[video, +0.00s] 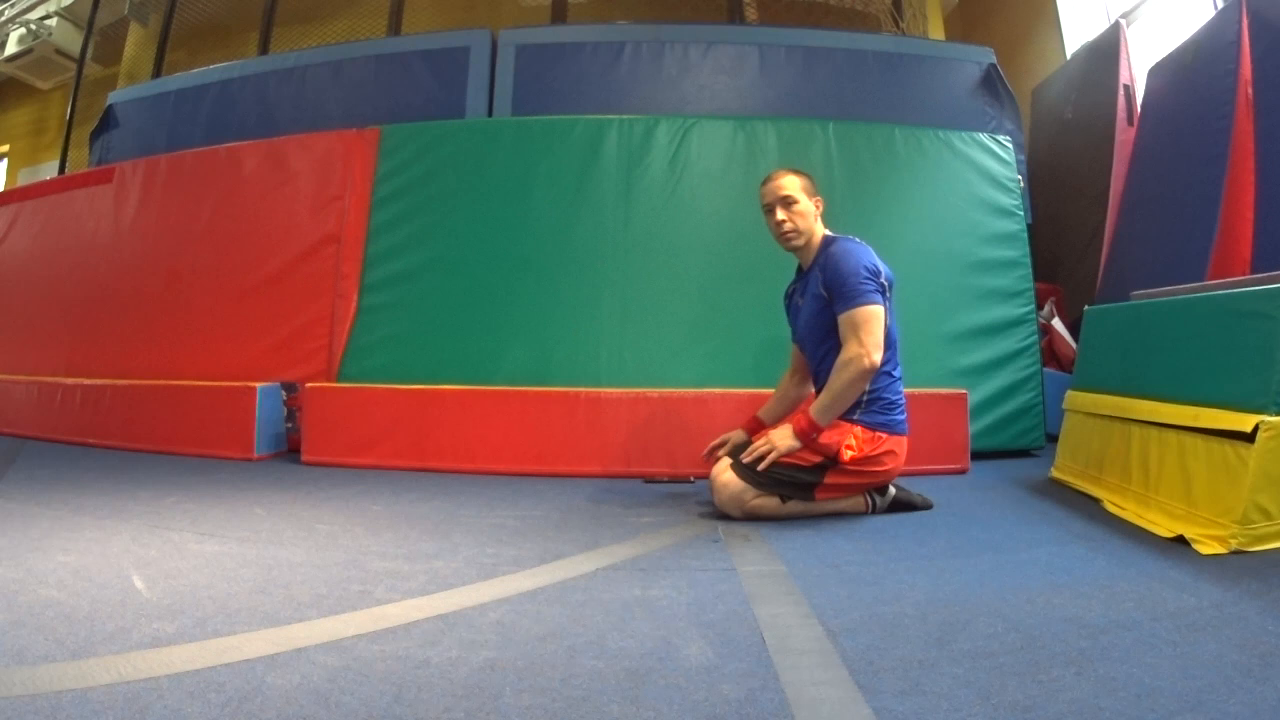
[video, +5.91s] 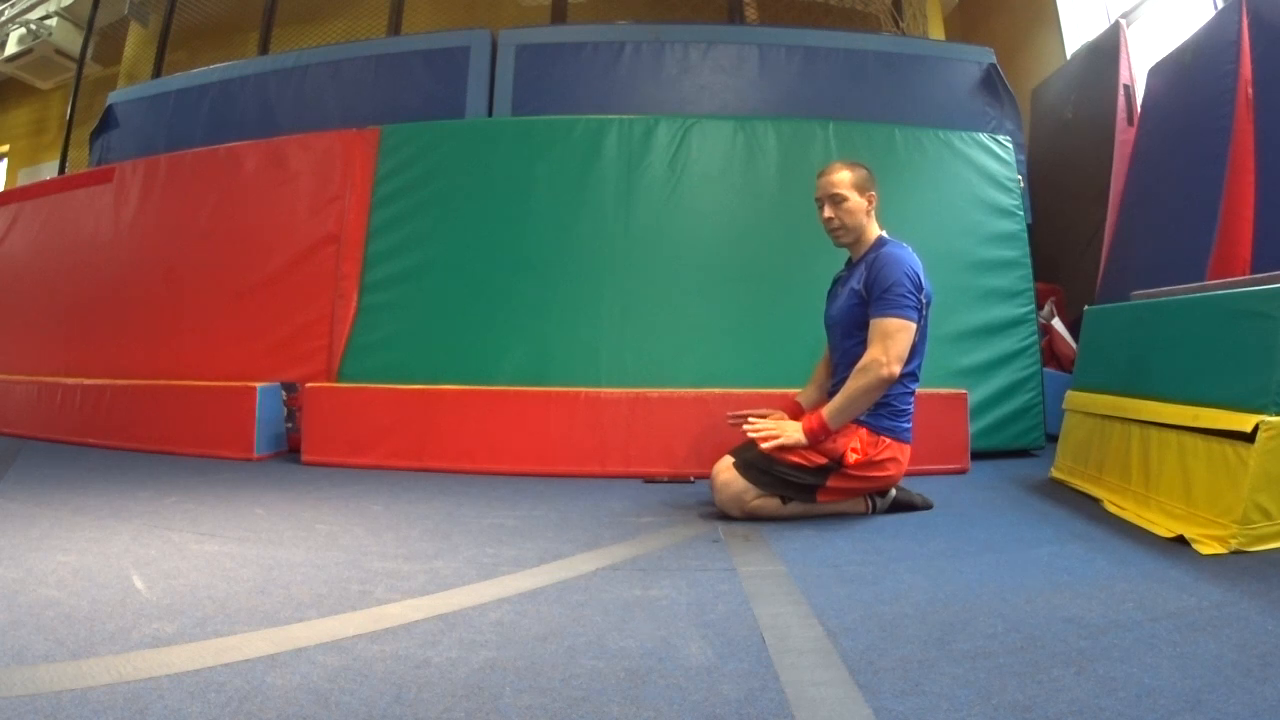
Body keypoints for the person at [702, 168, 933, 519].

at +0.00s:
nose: (778, 217)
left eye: (788, 204)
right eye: (769, 211)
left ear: (817, 206)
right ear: (765, 221)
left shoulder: (846, 257)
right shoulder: (798, 291)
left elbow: (864, 358)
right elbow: (800, 377)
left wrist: (799, 430)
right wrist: (750, 430)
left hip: (868, 439)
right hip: (837, 430)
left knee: (733, 493)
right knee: (724, 472)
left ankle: (868, 500)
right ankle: (858, 490)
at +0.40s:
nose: (828, 207)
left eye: (840, 195)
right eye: (819, 198)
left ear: (867, 203)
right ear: (814, 208)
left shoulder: (885, 261)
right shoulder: (834, 278)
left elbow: (880, 364)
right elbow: (832, 361)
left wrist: (805, 429)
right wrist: (783, 413)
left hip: (872, 444)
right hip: (842, 433)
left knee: (734, 493)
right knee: (724, 475)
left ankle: (870, 501)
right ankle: (859, 489)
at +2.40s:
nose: (839, 210)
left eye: (851, 197)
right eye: (832, 200)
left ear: (880, 202)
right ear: (826, 206)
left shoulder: (896, 263)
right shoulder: (848, 276)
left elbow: (883, 367)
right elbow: (832, 361)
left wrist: (806, 429)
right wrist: (787, 415)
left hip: (872, 444)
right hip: (844, 433)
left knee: (734, 494)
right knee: (724, 475)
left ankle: (870, 502)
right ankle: (859, 489)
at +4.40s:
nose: (831, 212)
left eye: (843, 199)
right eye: (826, 202)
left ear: (875, 202)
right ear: (821, 207)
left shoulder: (894, 263)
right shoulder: (849, 275)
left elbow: (882, 366)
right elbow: (833, 362)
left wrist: (806, 429)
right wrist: (788, 415)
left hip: (873, 445)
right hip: (846, 435)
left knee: (734, 492)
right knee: (725, 473)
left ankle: (869, 502)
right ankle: (861, 491)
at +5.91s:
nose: (827, 214)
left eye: (838, 201)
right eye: (821, 205)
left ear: (870, 202)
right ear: (817, 210)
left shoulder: (894, 263)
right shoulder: (848, 276)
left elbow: (883, 366)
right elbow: (835, 362)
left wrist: (810, 429)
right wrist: (791, 414)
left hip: (872, 444)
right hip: (847, 434)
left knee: (733, 493)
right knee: (726, 474)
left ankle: (868, 502)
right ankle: (863, 492)